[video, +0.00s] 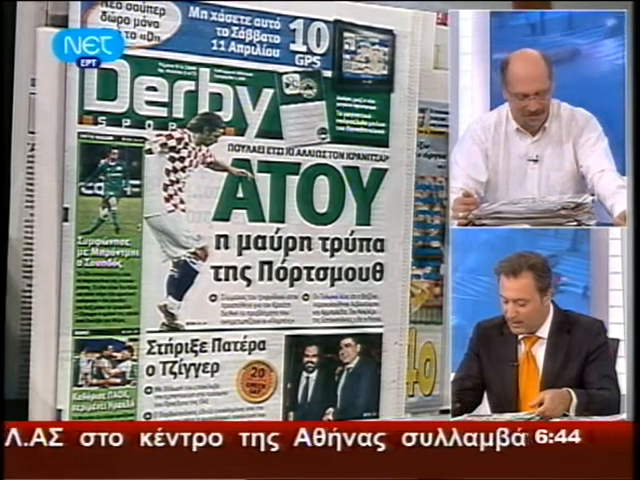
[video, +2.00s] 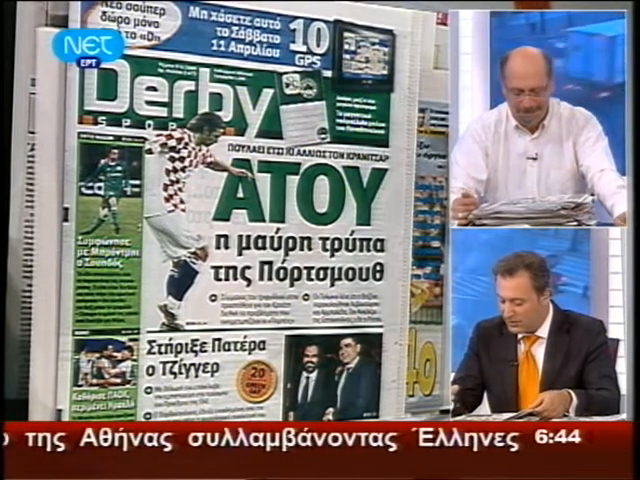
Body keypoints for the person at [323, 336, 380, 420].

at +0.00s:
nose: (343, 351)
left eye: (347, 346)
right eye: (341, 348)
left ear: (358, 348)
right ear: (339, 351)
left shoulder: (367, 368)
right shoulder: (341, 371)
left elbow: (360, 408)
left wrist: (335, 416)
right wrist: (332, 410)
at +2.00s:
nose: (343, 351)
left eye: (347, 346)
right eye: (341, 348)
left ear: (358, 348)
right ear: (339, 351)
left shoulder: (367, 367)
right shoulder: (341, 371)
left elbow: (361, 407)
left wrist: (335, 416)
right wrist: (332, 410)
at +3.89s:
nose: (343, 351)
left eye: (347, 346)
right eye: (341, 348)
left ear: (358, 348)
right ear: (339, 351)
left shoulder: (367, 368)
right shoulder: (341, 371)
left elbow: (361, 407)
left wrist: (335, 416)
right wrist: (332, 410)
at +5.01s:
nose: (342, 351)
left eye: (347, 346)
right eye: (341, 348)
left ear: (358, 348)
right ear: (339, 351)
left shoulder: (367, 368)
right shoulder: (341, 371)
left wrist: (336, 415)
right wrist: (332, 411)